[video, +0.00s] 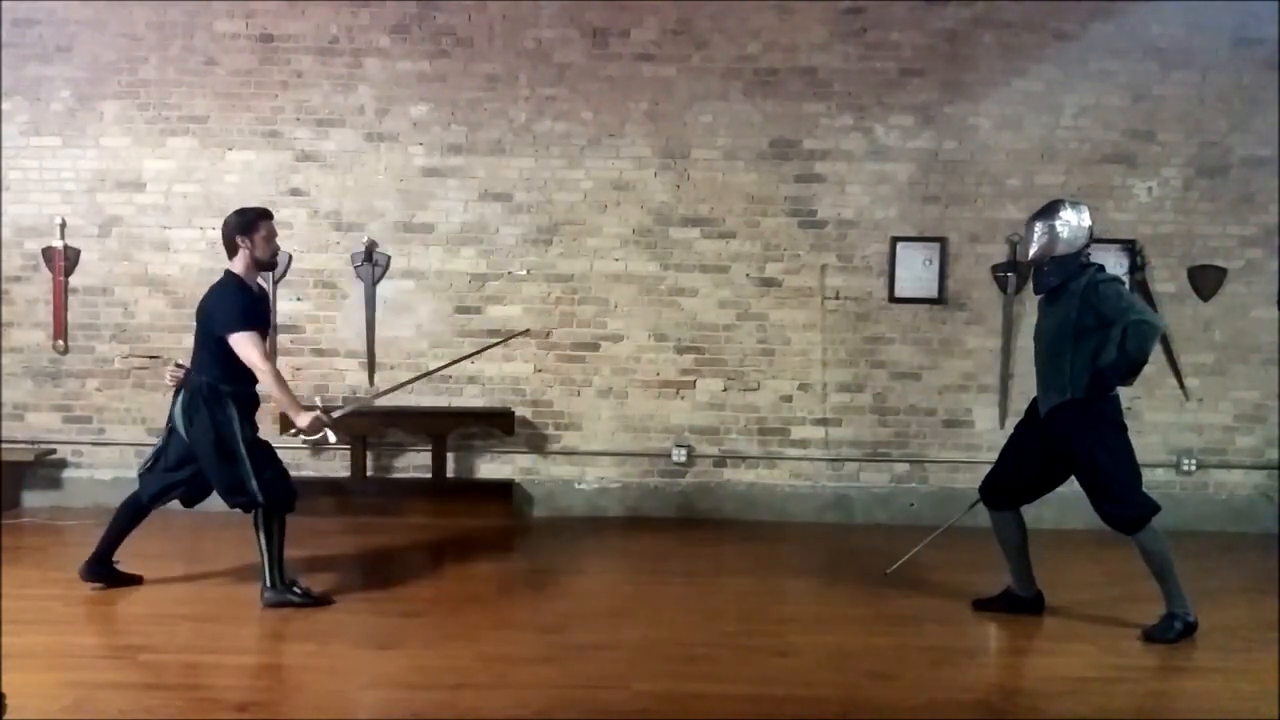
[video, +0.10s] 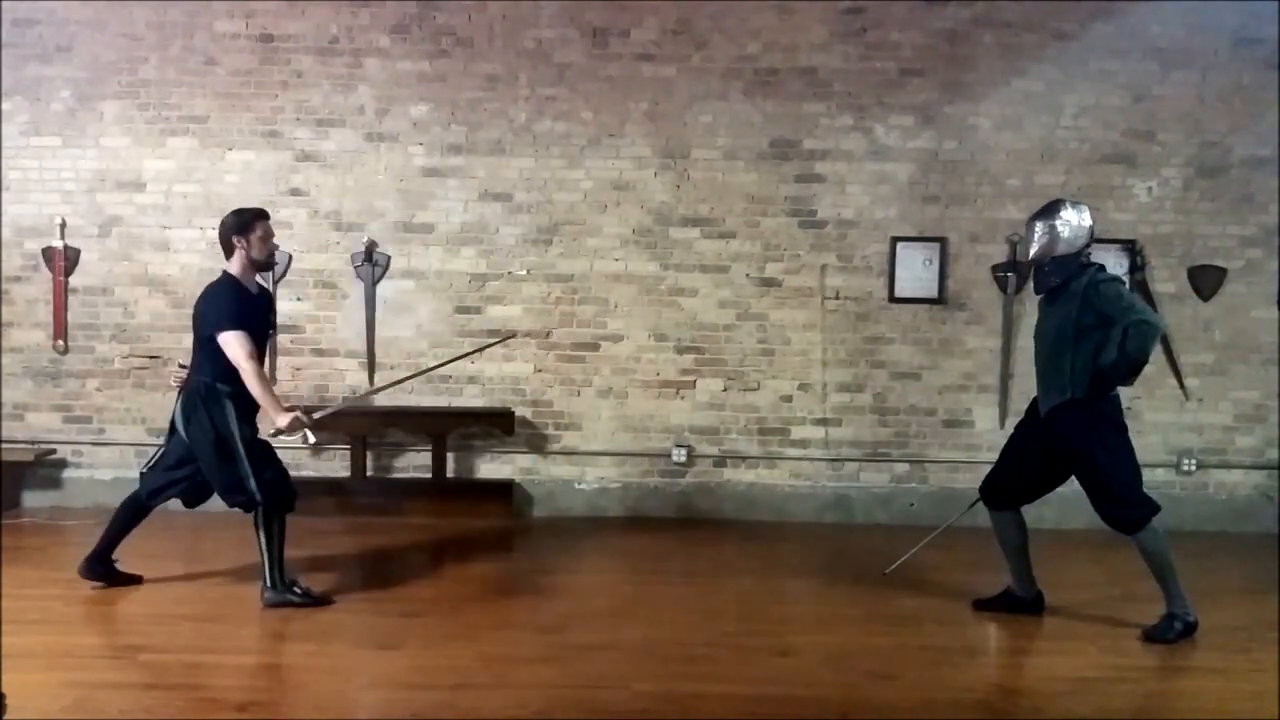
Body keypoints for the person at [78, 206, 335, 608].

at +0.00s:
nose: (276, 244)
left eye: (275, 237)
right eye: (270, 237)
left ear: (246, 244)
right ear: (244, 243)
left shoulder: (253, 293)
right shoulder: (229, 298)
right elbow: (260, 364)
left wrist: (194, 375)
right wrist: (297, 412)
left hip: (207, 407)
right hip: (214, 411)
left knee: (155, 486)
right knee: (271, 485)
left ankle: (99, 562)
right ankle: (276, 584)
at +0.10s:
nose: (273, 243)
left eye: (272, 235)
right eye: (266, 236)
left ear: (245, 244)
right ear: (240, 244)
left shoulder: (258, 295)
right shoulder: (222, 297)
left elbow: (246, 357)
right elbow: (245, 362)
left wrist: (199, 375)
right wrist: (277, 412)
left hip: (217, 405)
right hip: (212, 407)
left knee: (155, 486)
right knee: (271, 485)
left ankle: (98, 560)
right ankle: (276, 585)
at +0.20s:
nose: (273, 244)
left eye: (271, 236)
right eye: (265, 237)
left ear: (245, 245)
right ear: (238, 245)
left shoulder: (262, 297)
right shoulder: (218, 299)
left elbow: (246, 358)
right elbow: (235, 364)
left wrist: (199, 373)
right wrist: (260, 413)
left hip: (221, 405)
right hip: (209, 405)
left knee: (157, 486)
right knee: (271, 483)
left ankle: (97, 560)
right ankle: (276, 584)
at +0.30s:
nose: (277, 246)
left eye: (275, 239)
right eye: (270, 240)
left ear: (251, 247)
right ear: (243, 247)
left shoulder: (267, 300)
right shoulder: (220, 299)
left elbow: (257, 362)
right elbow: (225, 365)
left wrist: (200, 373)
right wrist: (251, 416)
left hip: (224, 406)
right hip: (208, 406)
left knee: (158, 487)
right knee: (272, 485)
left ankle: (97, 560)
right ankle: (276, 584)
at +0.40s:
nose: (289, 250)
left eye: (287, 242)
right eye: (282, 243)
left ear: (260, 249)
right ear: (255, 249)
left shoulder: (274, 303)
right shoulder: (229, 298)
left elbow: (257, 364)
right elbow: (225, 369)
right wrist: (256, 420)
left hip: (223, 407)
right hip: (209, 407)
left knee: (160, 488)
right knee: (276, 484)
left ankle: (99, 558)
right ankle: (276, 584)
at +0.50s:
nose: (306, 252)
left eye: (305, 244)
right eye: (299, 245)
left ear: (276, 252)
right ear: (273, 251)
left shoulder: (281, 300)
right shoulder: (249, 301)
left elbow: (243, 340)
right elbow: (241, 372)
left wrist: (206, 364)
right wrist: (273, 421)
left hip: (224, 405)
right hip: (219, 407)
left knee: (170, 485)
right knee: (283, 486)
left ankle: (104, 555)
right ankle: (276, 584)